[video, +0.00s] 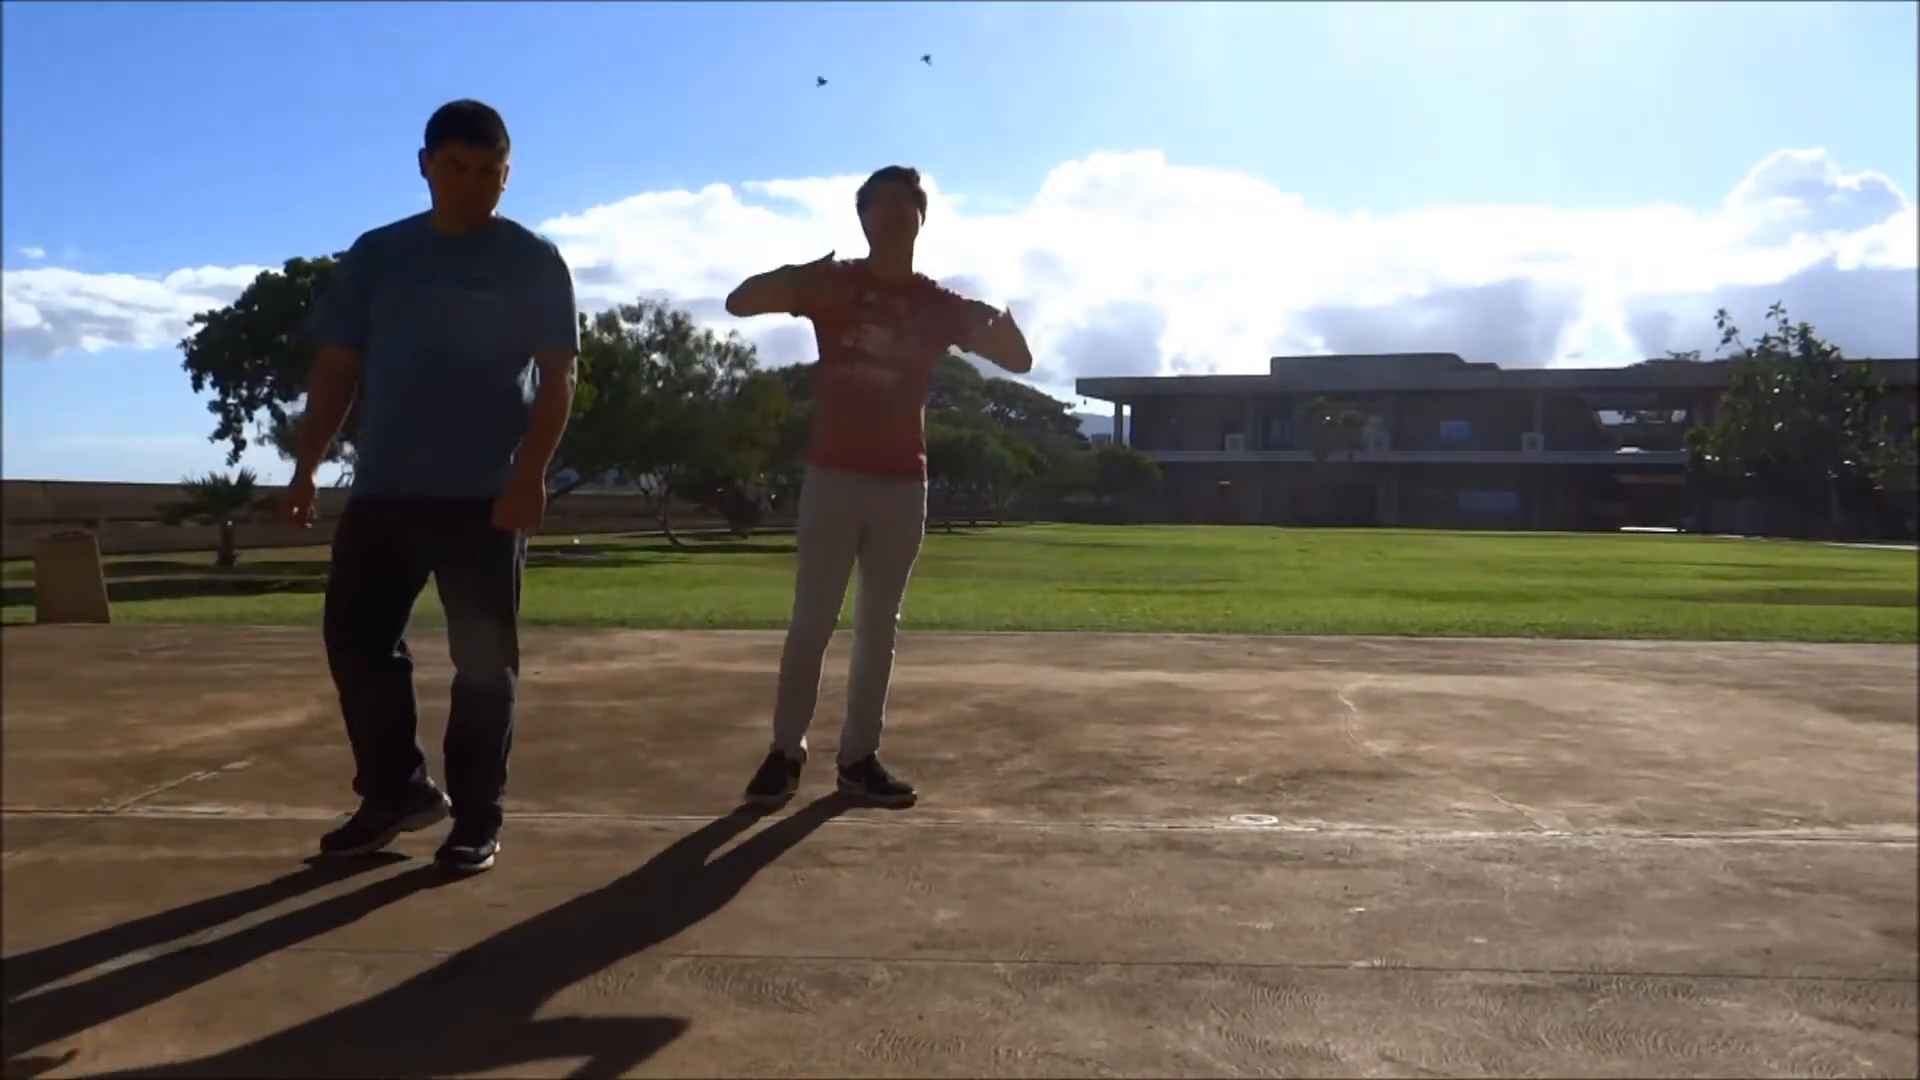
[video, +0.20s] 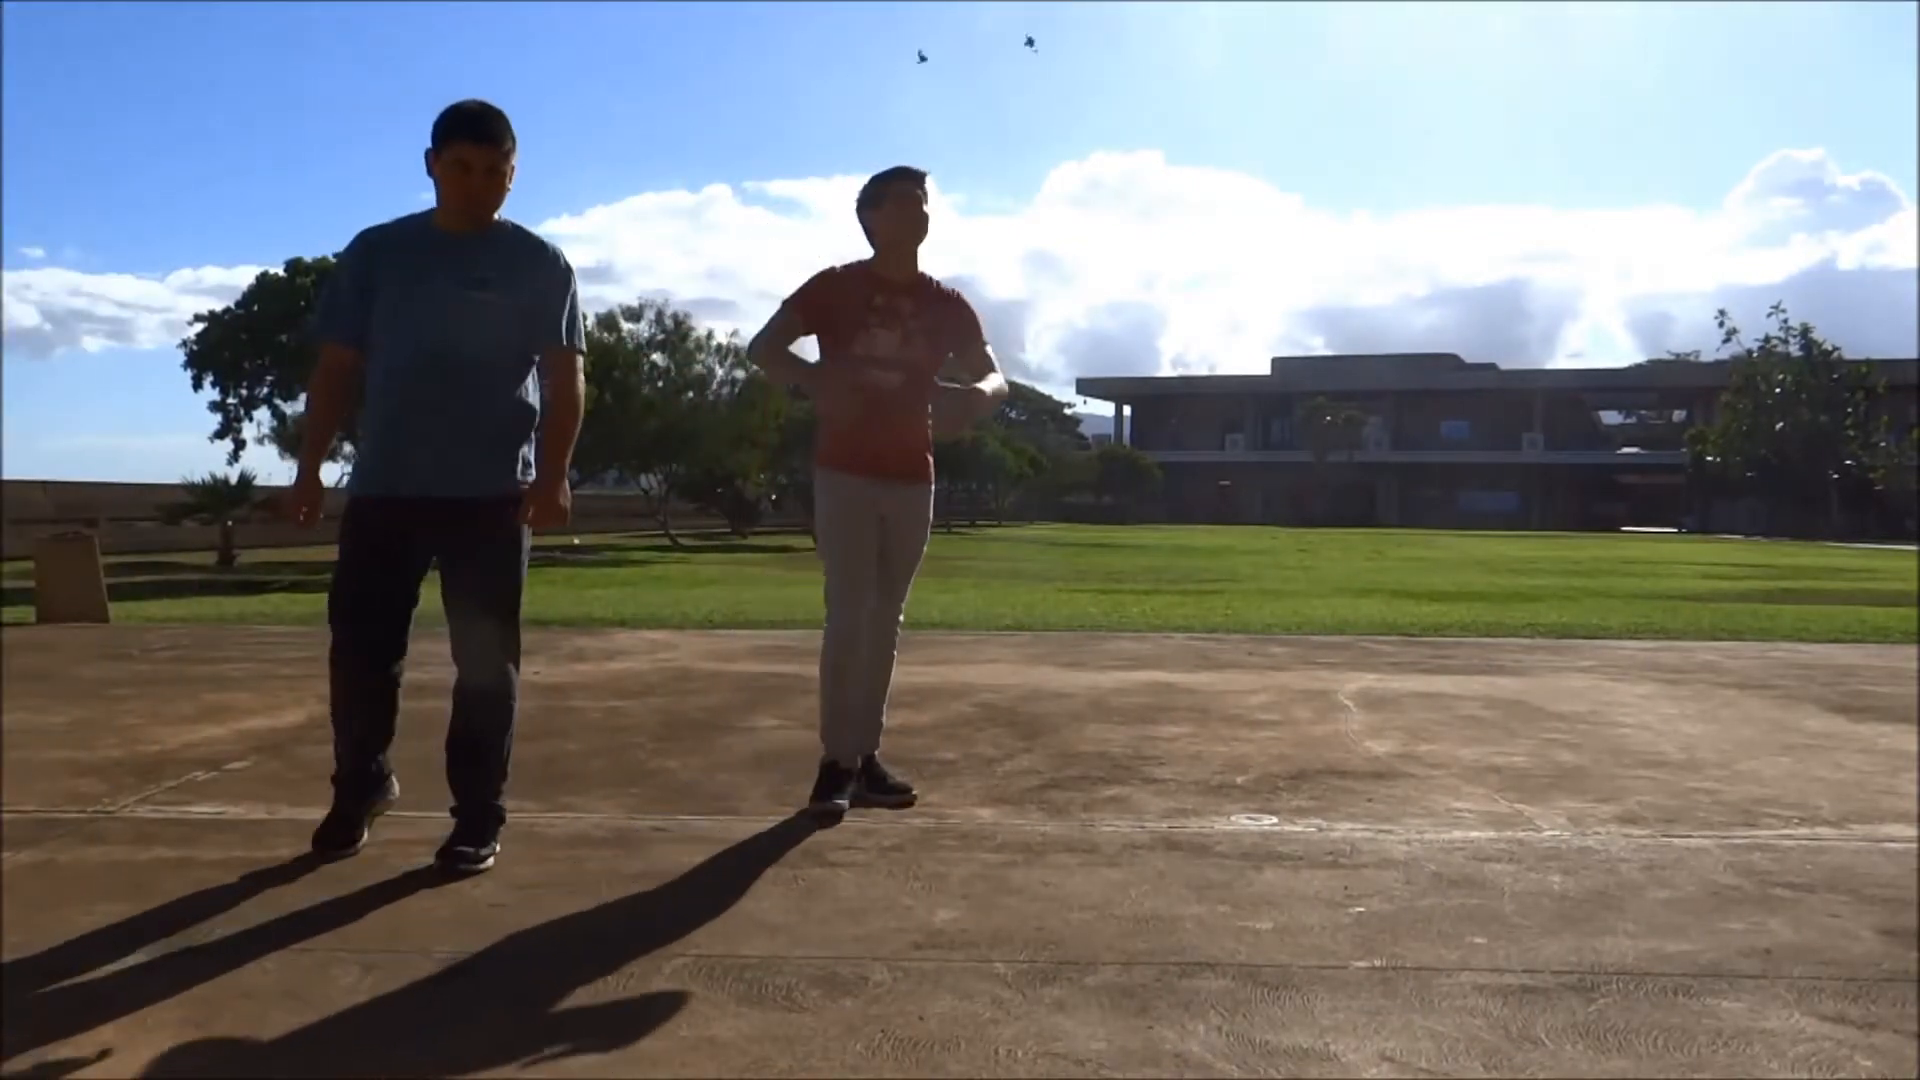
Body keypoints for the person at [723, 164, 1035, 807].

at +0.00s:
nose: (897, 217)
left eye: (907, 207)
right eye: (885, 207)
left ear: (922, 217)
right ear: (863, 218)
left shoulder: (939, 303)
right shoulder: (832, 285)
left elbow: (1018, 360)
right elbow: (740, 302)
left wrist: (1001, 321)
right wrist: (807, 275)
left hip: (901, 484)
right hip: (831, 477)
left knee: (879, 629)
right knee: (810, 623)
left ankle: (859, 761)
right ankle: (786, 754)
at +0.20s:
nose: (922, 209)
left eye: (924, 200)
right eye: (907, 200)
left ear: (927, 215)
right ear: (872, 216)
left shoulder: (949, 305)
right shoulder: (833, 288)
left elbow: (994, 379)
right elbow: (765, 349)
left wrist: (976, 397)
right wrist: (816, 381)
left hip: (911, 480)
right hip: (846, 476)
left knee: (886, 620)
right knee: (850, 615)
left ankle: (866, 760)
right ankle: (837, 765)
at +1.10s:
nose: (974, 193)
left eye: (970, 182)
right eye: (961, 183)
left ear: (941, 197)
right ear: (921, 196)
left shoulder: (976, 284)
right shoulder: (869, 282)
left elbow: (1007, 381)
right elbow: (828, 392)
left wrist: (1055, 462)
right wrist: (816, 494)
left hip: (966, 479)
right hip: (904, 480)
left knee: (962, 627)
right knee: (923, 627)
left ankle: (876, 733)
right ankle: (923, 784)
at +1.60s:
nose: (1003, 188)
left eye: (1002, 176)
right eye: (988, 176)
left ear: (983, 191)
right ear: (944, 188)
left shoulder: (991, 283)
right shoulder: (900, 274)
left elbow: (995, 390)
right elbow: (876, 391)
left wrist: (1018, 471)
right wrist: (897, 489)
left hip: (996, 485)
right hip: (933, 488)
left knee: (1029, 624)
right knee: (937, 640)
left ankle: (976, 768)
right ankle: (925, 787)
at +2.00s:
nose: (1048, 188)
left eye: (1043, 175)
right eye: (1035, 176)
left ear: (1011, 191)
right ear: (996, 191)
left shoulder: (1005, 285)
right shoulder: (951, 271)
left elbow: (1001, 391)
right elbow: (941, 388)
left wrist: (1018, 474)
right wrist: (994, 471)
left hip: (1007, 478)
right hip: (956, 481)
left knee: (1046, 630)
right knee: (953, 638)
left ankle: (1081, 787)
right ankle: (926, 791)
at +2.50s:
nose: (1130, 185)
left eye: (1125, 175)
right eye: (1117, 175)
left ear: (1091, 192)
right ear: (1082, 190)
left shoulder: (1076, 279)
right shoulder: (1043, 264)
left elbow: (1076, 388)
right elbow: (1043, 375)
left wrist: (1095, 480)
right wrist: (1079, 477)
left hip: (1078, 480)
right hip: (1032, 479)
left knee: (1087, 642)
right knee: (1006, 633)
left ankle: (1093, 799)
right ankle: (932, 776)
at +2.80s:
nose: (1174, 181)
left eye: (1168, 169)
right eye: (1161, 170)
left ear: (1133, 190)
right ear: (1126, 188)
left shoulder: (1121, 273)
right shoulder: (1091, 265)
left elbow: (1109, 389)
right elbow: (1077, 380)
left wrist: (1153, 457)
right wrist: (1108, 471)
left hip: (1123, 479)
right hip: (1089, 476)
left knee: (1115, 641)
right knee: (1097, 638)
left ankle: (1096, 799)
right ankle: (983, 752)